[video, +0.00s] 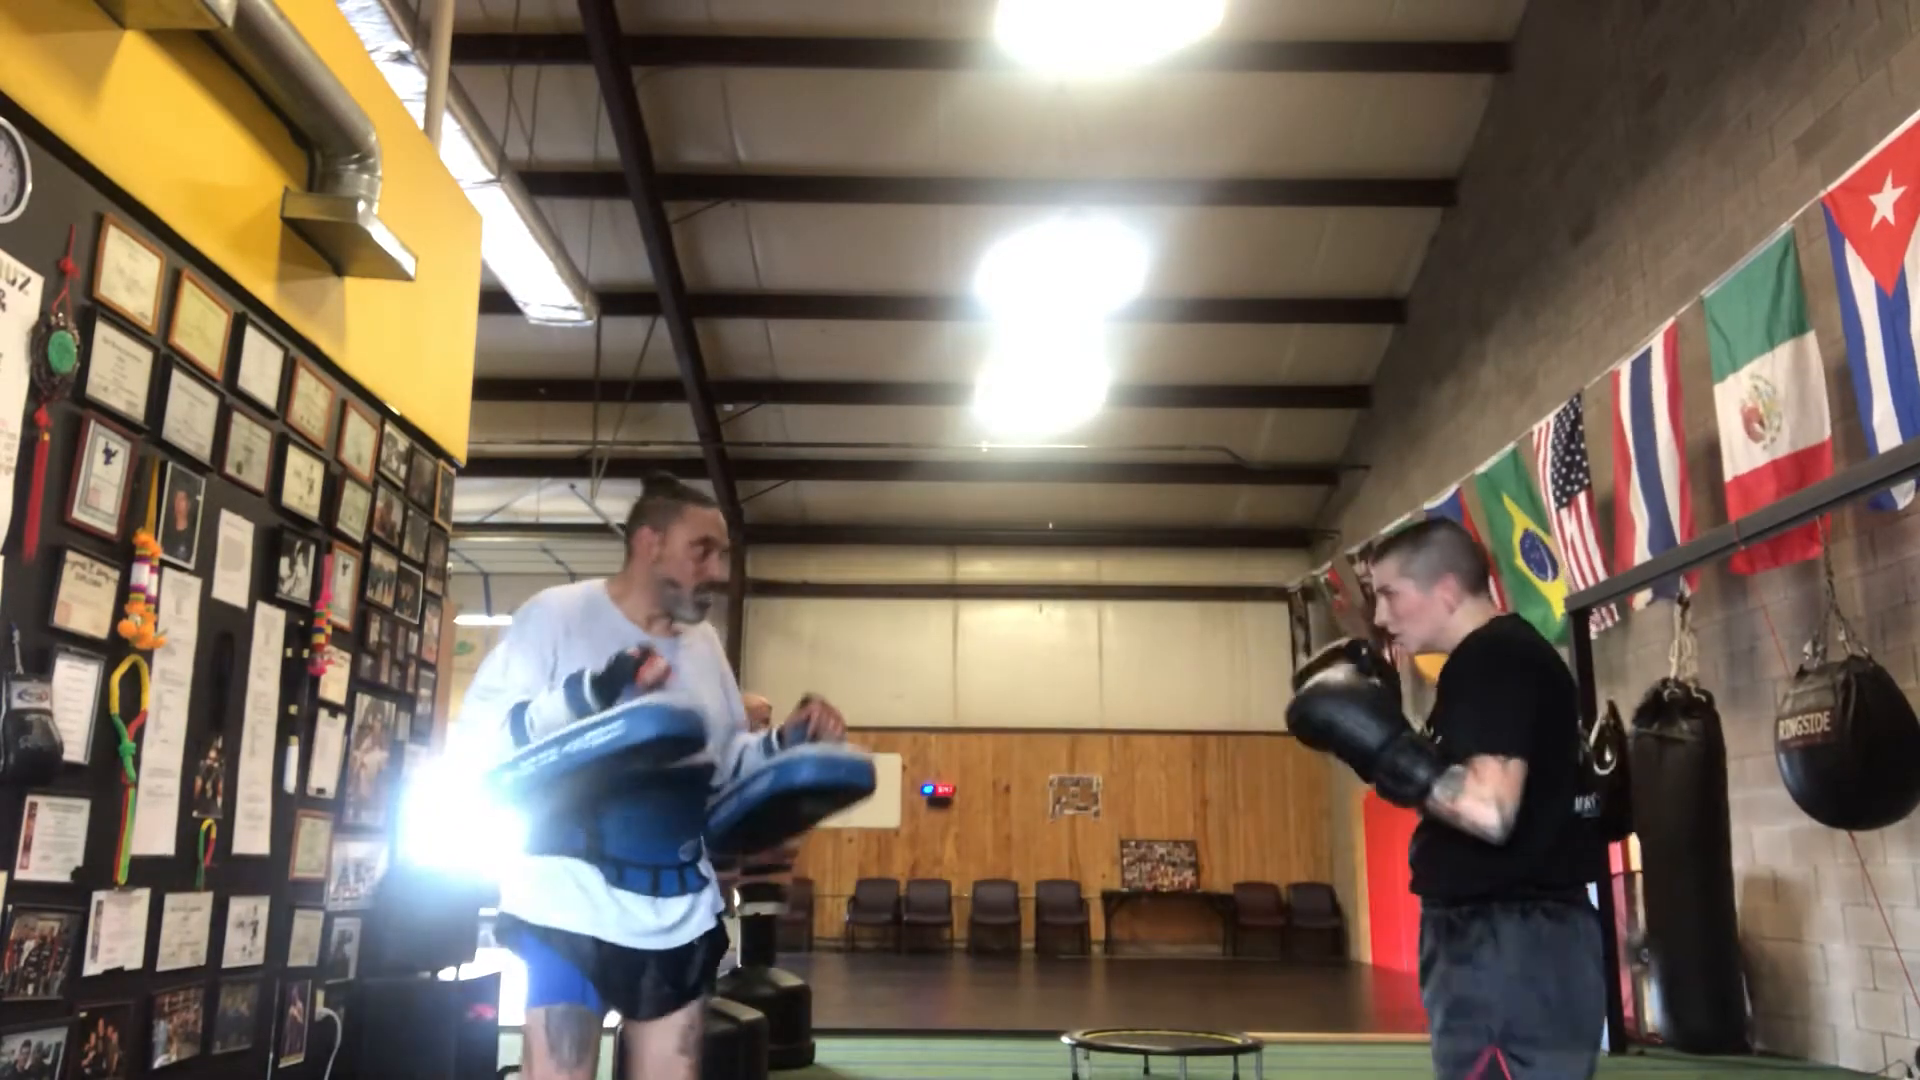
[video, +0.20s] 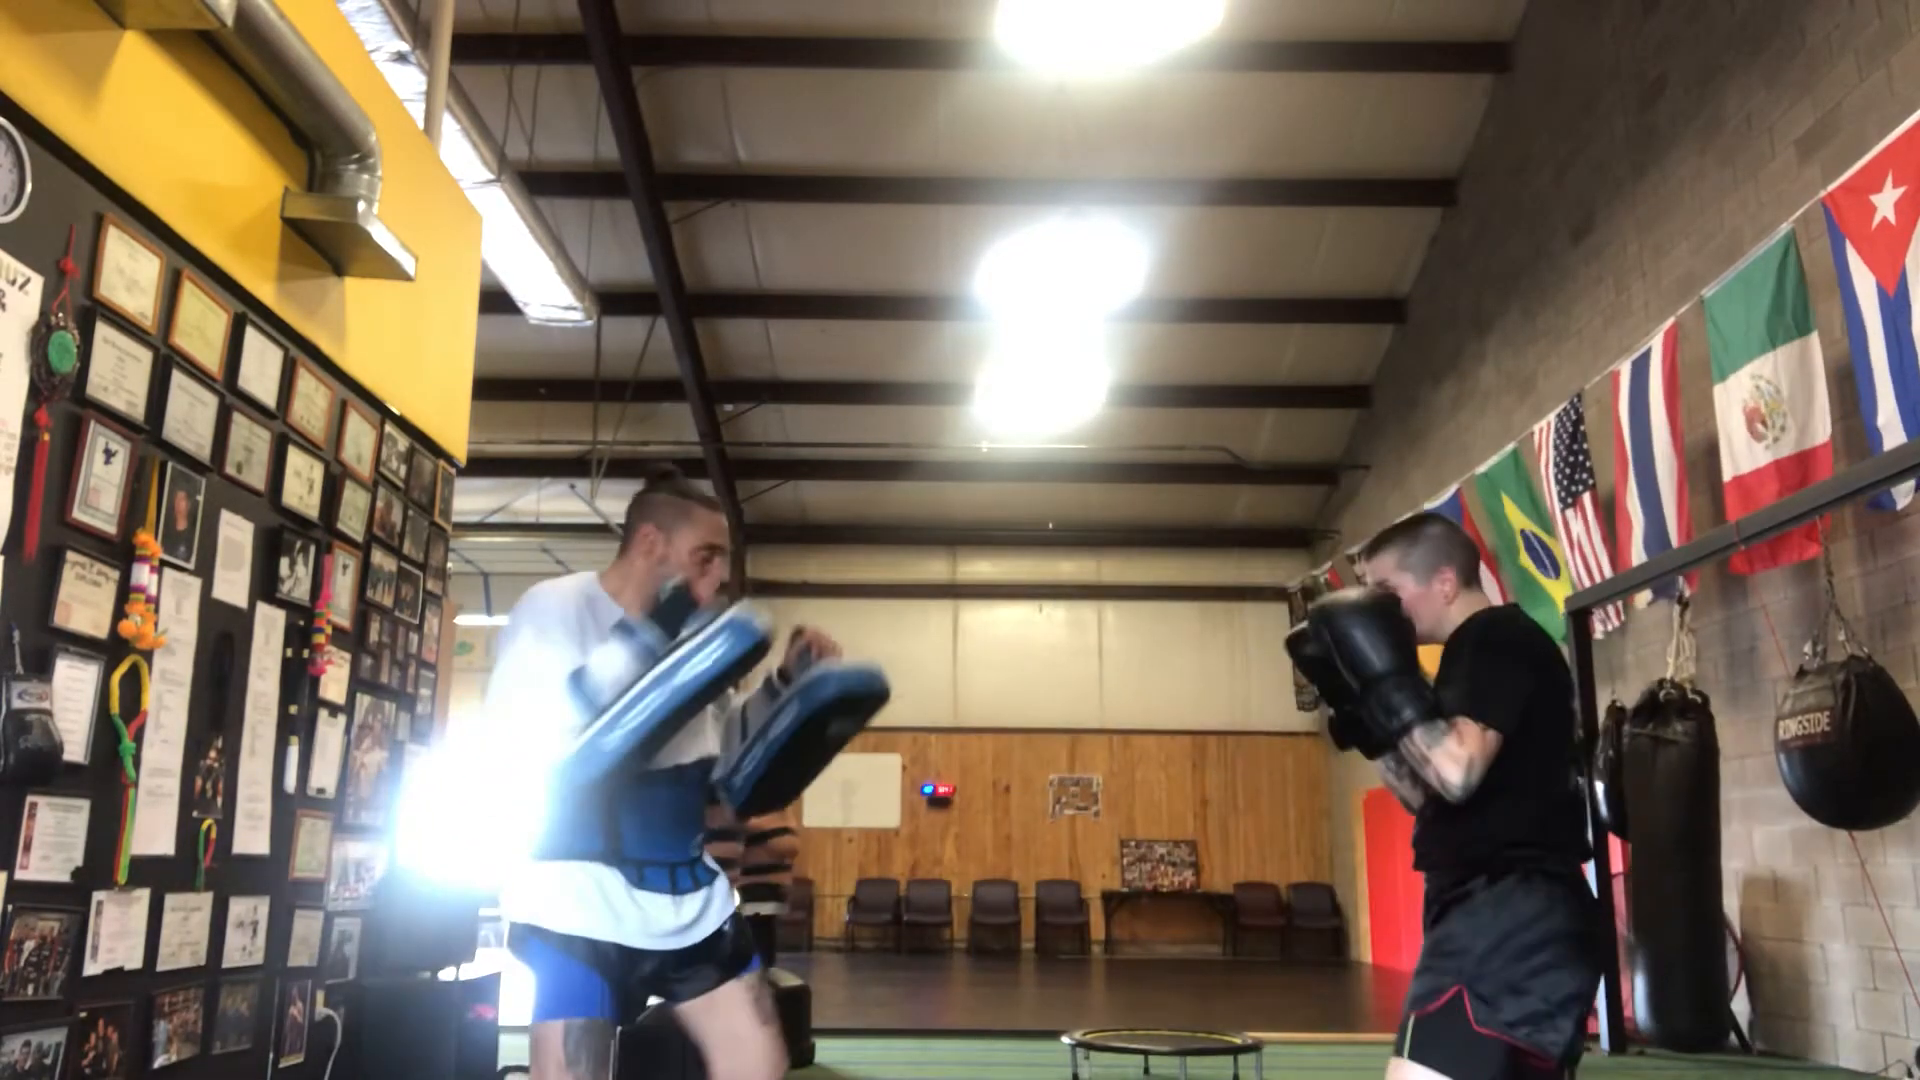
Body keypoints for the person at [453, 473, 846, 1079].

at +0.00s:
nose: (719, 570)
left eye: (723, 555)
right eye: (703, 549)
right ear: (646, 543)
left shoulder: (703, 645)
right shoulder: (556, 615)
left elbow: (728, 762)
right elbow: (475, 741)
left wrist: (790, 737)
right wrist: (591, 694)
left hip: (680, 917)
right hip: (566, 910)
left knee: (672, 1072)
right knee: (560, 1073)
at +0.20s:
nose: (722, 576)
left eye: (726, 561)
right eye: (707, 555)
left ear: (654, 545)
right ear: (650, 544)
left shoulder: (696, 644)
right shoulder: (555, 608)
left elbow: (731, 760)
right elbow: (522, 752)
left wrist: (789, 682)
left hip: (691, 904)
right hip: (575, 905)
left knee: (757, 1063)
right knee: (570, 1074)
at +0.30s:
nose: (723, 577)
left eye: (730, 564)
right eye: (716, 556)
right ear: (668, 537)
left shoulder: (694, 633)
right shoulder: (567, 598)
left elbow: (733, 748)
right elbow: (583, 726)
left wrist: (794, 654)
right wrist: (680, 602)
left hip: (694, 899)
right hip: (581, 901)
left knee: (776, 1055)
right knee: (569, 1072)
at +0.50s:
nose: (729, 568)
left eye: (744, 558)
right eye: (722, 552)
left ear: (744, 565)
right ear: (694, 543)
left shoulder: (731, 644)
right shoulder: (607, 593)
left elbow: (777, 746)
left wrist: (840, 643)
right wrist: (738, 560)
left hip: (713, 911)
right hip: (602, 910)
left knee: (776, 1069)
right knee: (581, 1072)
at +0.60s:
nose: (775, 578)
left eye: (781, 571)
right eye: (769, 562)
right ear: (730, 546)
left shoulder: (749, 661)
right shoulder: (630, 601)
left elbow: (812, 765)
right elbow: (686, 693)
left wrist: (870, 678)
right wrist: (751, 574)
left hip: (741, 927)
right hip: (628, 921)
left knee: (786, 1069)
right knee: (597, 1071)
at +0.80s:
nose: (861, 566)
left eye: (866, 551)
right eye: (849, 540)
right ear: (812, 533)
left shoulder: (839, 663)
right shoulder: (692, 590)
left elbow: (895, 750)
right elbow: (702, 673)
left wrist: (971, 669)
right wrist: (783, 571)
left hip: (797, 916)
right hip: (673, 909)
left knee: (822, 1066)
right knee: (631, 1068)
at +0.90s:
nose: (849, 563)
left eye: (861, 552)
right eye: (836, 541)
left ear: (875, 568)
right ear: (805, 539)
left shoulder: (882, 660)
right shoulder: (717, 592)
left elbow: (987, 702)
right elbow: (695, 667)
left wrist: (1071, 629)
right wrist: (802, 580)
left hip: (808, 899)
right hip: (687, 887)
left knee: (827, 1067)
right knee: (645, 1061)